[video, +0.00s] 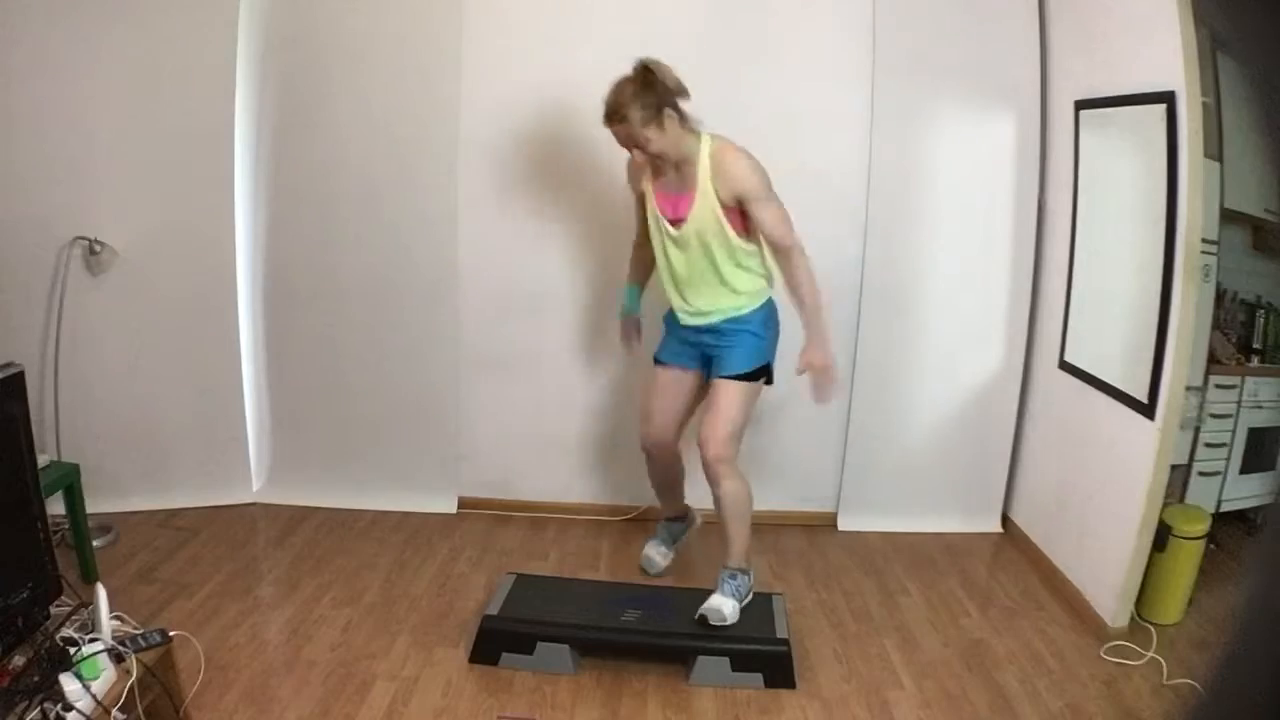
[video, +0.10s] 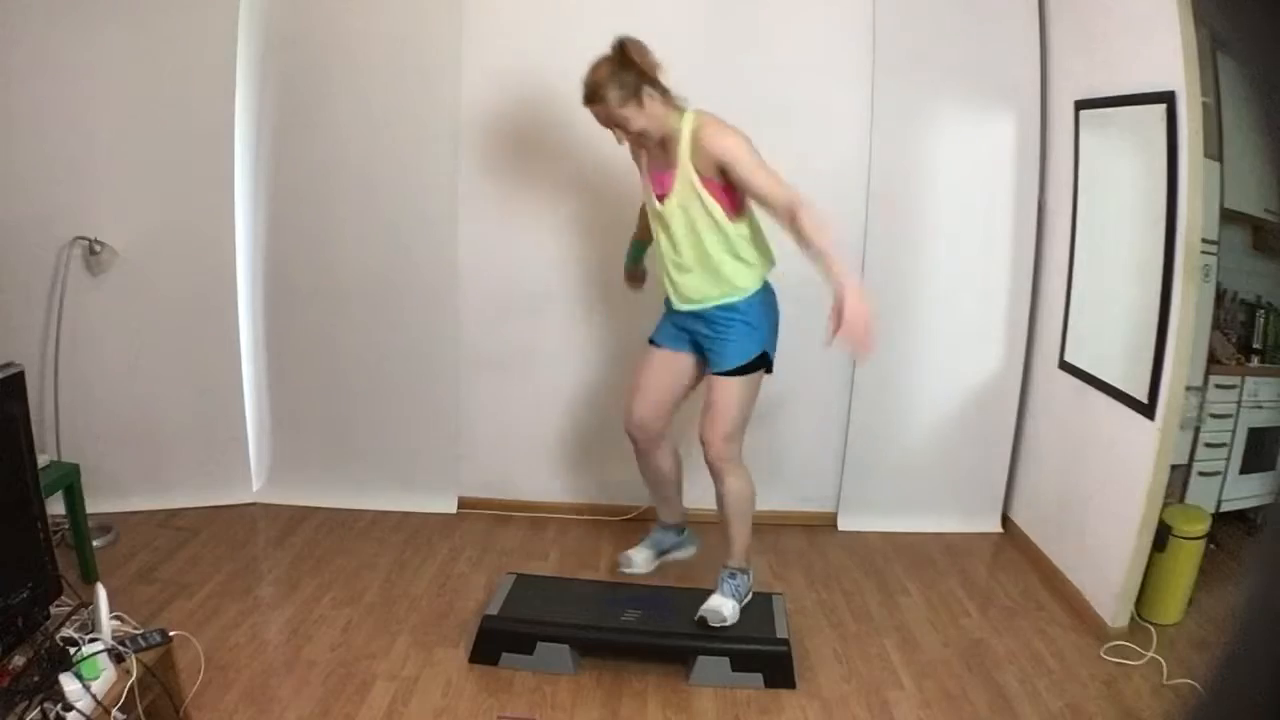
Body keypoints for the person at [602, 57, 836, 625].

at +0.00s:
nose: (637, 154)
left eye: (639, 142)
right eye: (628, 145)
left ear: (669, 117)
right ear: (631, 136)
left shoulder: (732, 167)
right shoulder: (643, 169)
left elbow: (788, 249)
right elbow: (647, 237)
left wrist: (817, 338)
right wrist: (630, 300)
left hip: (743, 322)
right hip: (684, 321)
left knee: (717, 448)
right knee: (656, 439)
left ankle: (737, 572)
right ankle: (676, 518)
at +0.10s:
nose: (615, 136)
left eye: (615, 124)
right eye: (609, 127)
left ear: (642, 99)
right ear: (631, 106)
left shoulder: (712, 140)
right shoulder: (645, 146)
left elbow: (789, 207)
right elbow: (655, 206)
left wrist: (843, 284)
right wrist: (636, 255)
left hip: (740, 312)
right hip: (684, 310)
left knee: (720, 447)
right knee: (644, 424)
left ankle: (737, 574)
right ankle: (672, 529)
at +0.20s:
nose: (603, 127)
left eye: (601, 115)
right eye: (596, 119)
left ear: (625, 89)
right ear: (619, 94)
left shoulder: (696, 121)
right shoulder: (644, 136)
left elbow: (763, 140)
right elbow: (667, 192)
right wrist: (644, 231)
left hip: (731, 308)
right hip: (681, 308)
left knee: (718, 452)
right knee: (639, 427)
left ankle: (736, 574)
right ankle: (656, 559)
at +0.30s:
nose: (592, 133)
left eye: (590, 120)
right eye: (584, 125)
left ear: (617, 91)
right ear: (605, 102)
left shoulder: (680, 121)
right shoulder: (635, 145)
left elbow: (732, 103)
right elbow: (671, 205)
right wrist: (639, 236)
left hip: (722, 313)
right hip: (669, 317)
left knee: (685, 459)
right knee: (638, 442)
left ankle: (734, 569)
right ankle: (653, 575)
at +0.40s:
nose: (579, 134)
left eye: (576, 120)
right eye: (570, 126)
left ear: (604, 91)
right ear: (589, 105)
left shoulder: (667, 117)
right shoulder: (624, 147)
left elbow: (720, 88)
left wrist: (674, 13)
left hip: (714, 315)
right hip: (666, 319)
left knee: (661, 458)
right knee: (626, 443)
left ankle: (725, 575)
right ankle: (651, 576)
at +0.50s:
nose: (573, 129)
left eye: (572, 115)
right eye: (565, 121)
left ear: (600, 85)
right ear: (593, 91)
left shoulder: (653, 130)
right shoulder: (624, 143)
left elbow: (685, 110)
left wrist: (616, 44)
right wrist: (588, 44)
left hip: (709, 317)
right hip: (669, 319)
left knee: (656, 462)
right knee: (623, 444)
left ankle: (692, 613)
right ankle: (652, 572)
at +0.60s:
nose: (569, 125)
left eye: (570, 109)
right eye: (559, 118)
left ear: (593, 86)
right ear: (569, 109)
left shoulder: (644, 124)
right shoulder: (619, 138)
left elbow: (658, 177)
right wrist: (542, 132)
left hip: (700, 329)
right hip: (664, 329)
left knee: (656, 492)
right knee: (610, 450)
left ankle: (666, 647)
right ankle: (653, 575)